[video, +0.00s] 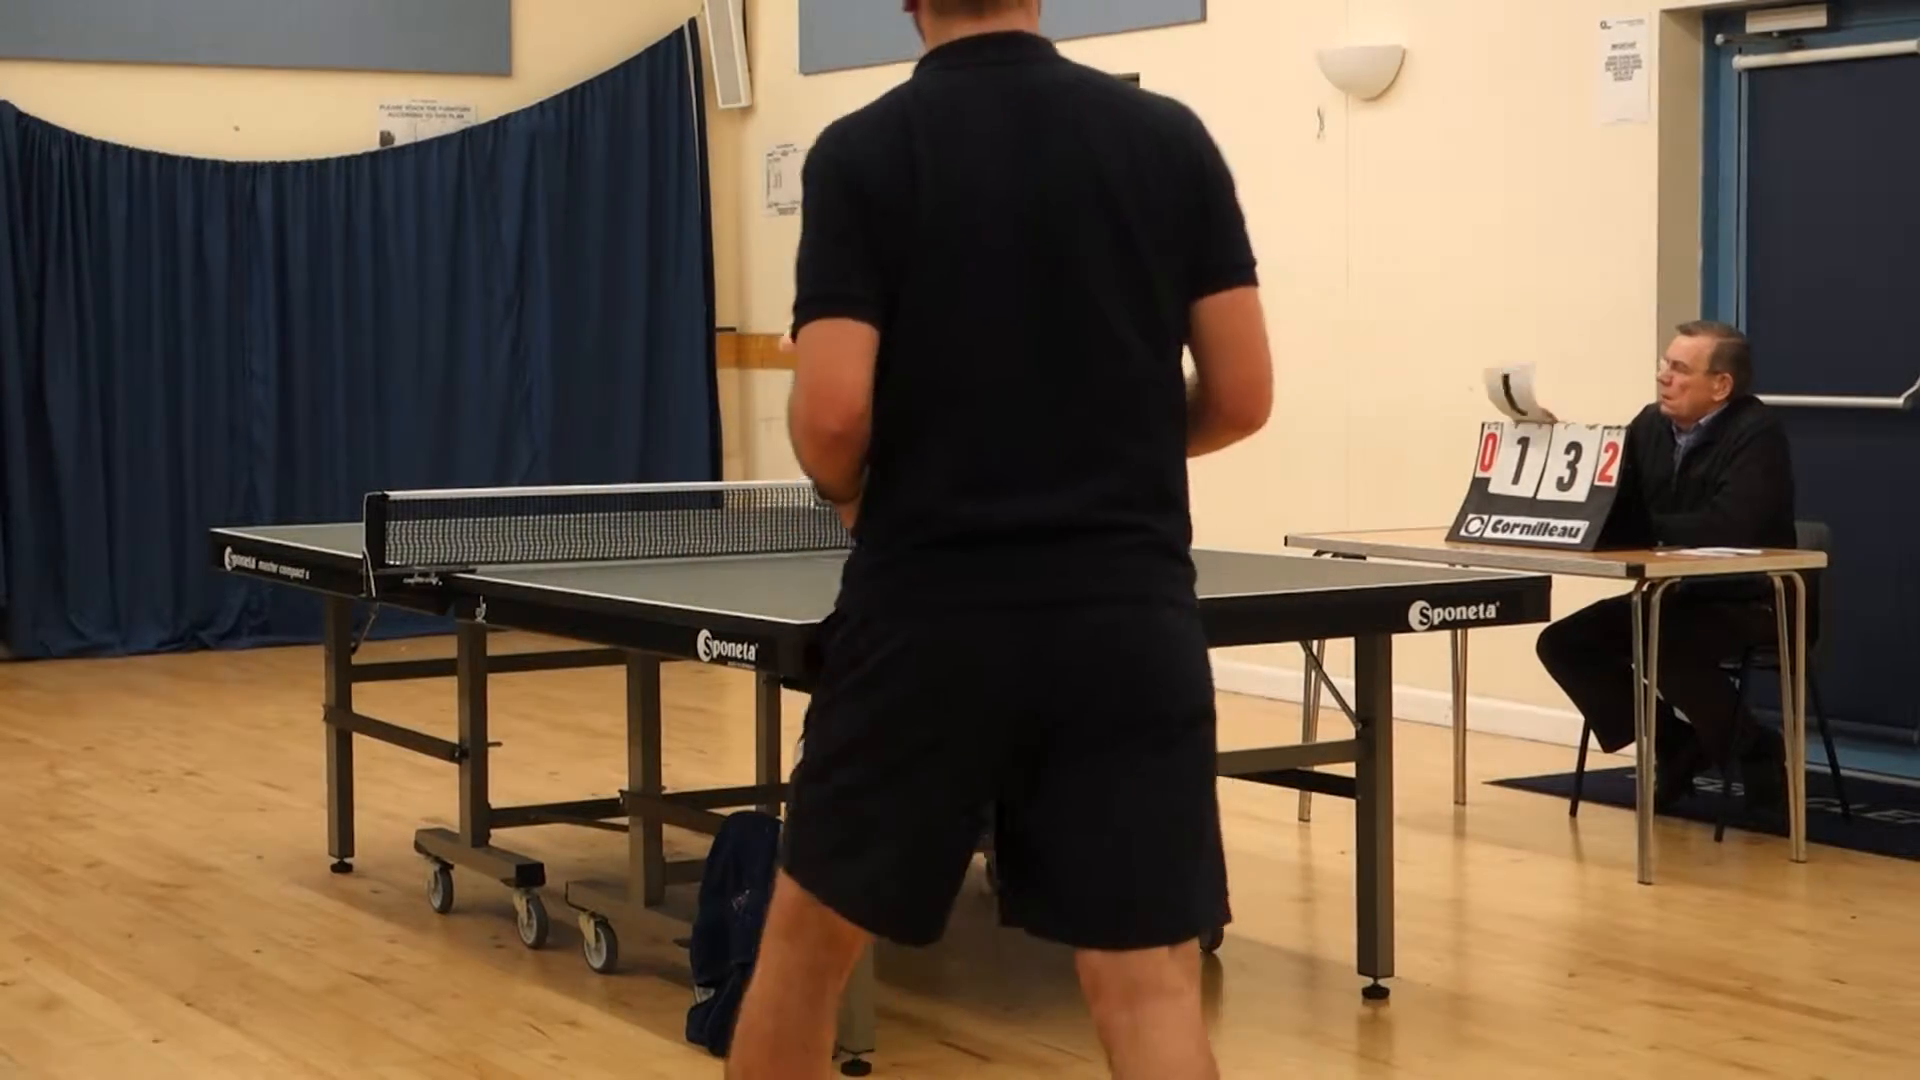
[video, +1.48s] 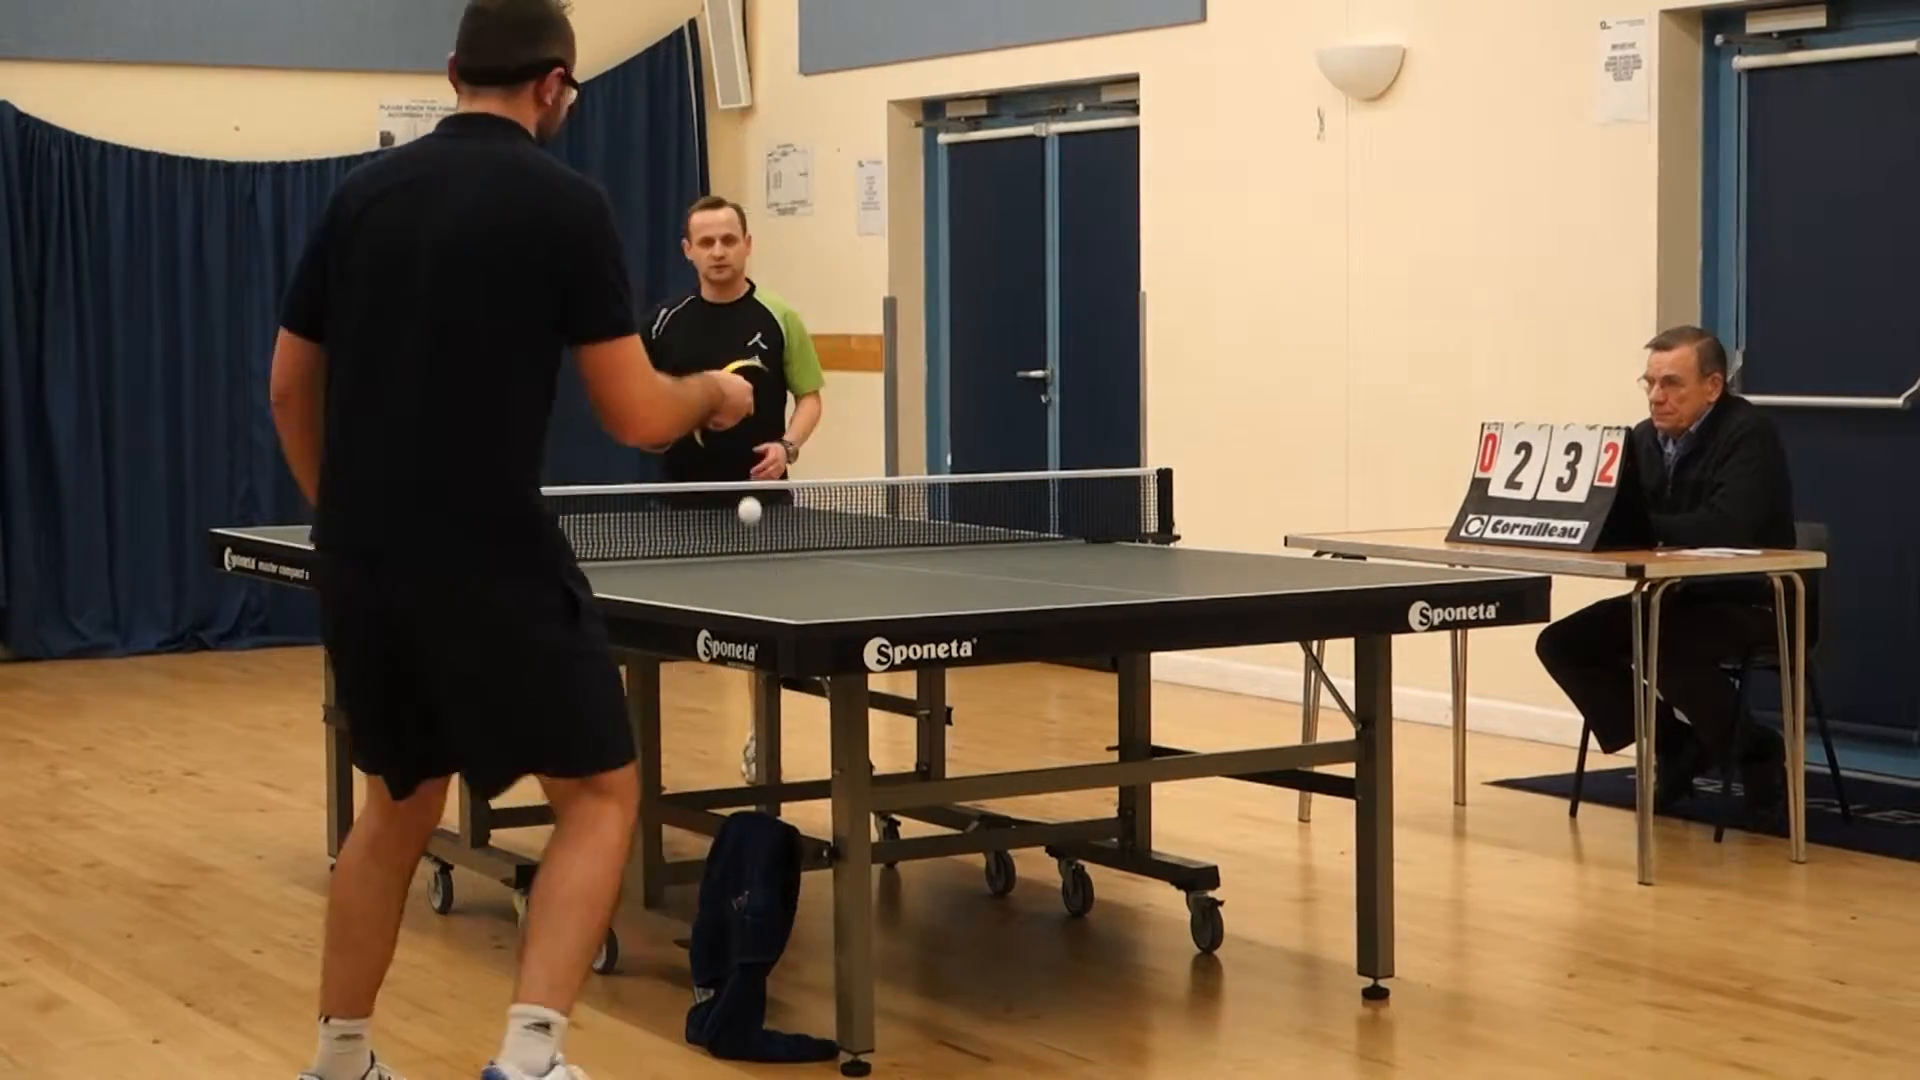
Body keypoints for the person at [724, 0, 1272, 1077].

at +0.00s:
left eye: (910, 13)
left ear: (916, 7)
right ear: (1040, 5)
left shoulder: (864, 148)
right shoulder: (1164, 134)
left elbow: (829, 418)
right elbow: (1238, 397)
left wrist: (852, 490)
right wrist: (1110, 436)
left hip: (925, 634)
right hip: (1130, 630)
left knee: (806, 956)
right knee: (1147, 987)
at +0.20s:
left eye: (777, 15)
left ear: (784, 12)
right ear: (915, 6)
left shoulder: (742, 161)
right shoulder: (1028, 146)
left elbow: (706, 421)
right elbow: (1121, 394)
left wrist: (770, 502)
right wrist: (1003, 447)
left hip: (807, 633)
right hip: (999, 627)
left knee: (742, 950)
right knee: (1055, 962)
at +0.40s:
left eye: (685, 8)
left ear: (687, 7)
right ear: (799, 2)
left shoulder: (628, 140)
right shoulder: (906, 126)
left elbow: (557, 395)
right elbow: (995, 365)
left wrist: (618, 457)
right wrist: (901, 436)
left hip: (697, 588)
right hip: (875, 578)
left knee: (697, 923)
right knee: (899, 897)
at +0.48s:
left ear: (656, 5)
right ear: (768, 2)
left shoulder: (593, 135)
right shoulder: (871, 124)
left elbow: (515, 393)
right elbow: (955, 363)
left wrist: (585, 454)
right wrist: (863, 428)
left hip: (669, 571)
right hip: (840, 567)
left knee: (687, 914)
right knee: (831, 876)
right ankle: (820, 1078)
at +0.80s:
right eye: (705, 22)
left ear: (575, 28)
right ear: (702, 27)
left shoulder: (519, 168)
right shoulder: (775, 173)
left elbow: (455, 408)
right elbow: (844, 398)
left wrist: (459, 560)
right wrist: (805, 468)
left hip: (573, 576)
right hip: (722, 575)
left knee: (585, 892)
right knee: (670, 852)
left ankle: (643, 1079)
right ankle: (645, 1068)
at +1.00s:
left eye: (536, 20)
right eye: (658, 26)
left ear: (538, 29)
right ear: (663, 35)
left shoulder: (474, 170)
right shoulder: (727, 179)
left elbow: (414, 379)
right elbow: (789, 404)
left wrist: (383, 574)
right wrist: (759, 436)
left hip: (515, 570)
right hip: (673, 575)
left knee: (487, 823)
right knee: (656, 847)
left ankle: (506, 1054)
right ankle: (634, 1072)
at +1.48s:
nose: (567, 106)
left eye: (564, 90)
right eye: (569, 91)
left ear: (455, 78)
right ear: (552, 88)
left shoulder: (364, 190)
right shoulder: (562, 204)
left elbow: (291, 383)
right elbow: (638, 415)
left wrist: (338, 508)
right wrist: (708, 392)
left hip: (362, 546)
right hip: (492, 552)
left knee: (402, 795)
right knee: (597, 793)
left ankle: (337, 1055)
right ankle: (529, 1056)